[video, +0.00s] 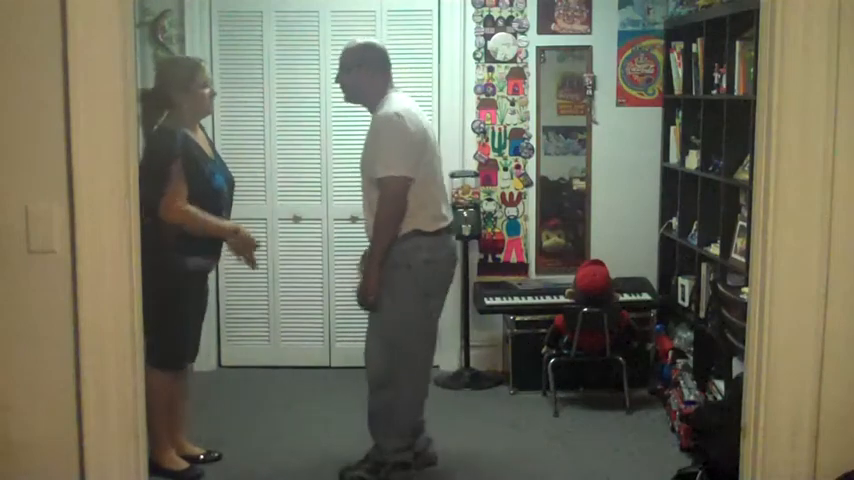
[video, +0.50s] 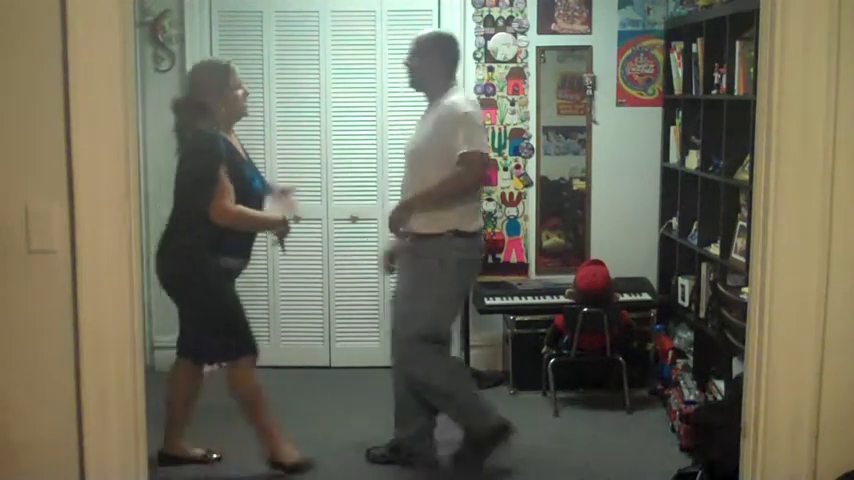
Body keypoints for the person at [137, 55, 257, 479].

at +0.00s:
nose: (211, 91)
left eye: (210, 85)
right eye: (203, 87)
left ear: (196, 94)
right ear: (179, 94)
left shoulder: (197, 133)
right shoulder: (169, 139)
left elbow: (199, 200)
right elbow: (171, 209)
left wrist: (232, 235)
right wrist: (229, 231)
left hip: (193, 264)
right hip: (169, 266)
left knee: (181, 358)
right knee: (164, 360)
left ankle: (178, 439)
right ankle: (162, 449)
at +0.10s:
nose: (216, 93)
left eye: (214, 87)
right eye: (209, 88)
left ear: (193, 95)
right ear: (185, 96)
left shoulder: (199, 136)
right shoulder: (176, 143)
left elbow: (205, 200)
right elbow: (192, 212)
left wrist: (218, 241)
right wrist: (249, 223)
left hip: (197, 263)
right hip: (171, 265)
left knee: (190, 355)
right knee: (164, 359)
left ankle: (179, 440)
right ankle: (160, 449)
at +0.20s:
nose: (222, 94)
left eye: (219, 87)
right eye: (214, 89)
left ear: (197, 95)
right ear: (191, 96)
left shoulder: (203, 138)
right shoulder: (183, 144)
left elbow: (212, 205)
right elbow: (209, 214)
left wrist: (255, 215)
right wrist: (262, 215)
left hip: (197, 267)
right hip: (175, 269)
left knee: (192, 358)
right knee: (172, 362)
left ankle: (179, 441)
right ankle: (161, 450)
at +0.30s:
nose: (228, 90)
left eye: (224, 84)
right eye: (219, 86)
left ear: (198, 97)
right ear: (196, 97)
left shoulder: (206, 137)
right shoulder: (191, 145)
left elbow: (215, 202)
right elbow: (216, 212)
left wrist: (254, 209)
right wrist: (266, 210)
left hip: (191, 261)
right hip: (180, 264)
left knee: (195, 353)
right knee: (203, 355)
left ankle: (177, 444)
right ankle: (176, 448)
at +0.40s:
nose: (235, 91)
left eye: (232, 85)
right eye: (227, 87)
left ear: (206, 98)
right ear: (205, 96)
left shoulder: (214, 136)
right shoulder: (199, 144)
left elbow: (225, 197)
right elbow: (219, 211)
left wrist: (257, 210)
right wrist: (265, 214)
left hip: (192, 259)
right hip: (186, 263)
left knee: (189, 351)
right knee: (226, 350)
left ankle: (173, 445)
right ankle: (223, 454)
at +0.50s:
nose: (245, 92)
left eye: (242, 85)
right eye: (237, 87)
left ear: (218, 96)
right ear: (216, 97)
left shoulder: (225, 138)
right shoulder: (208, 143)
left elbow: (238, 188)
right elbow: (219, 211)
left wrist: (273, 195)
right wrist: (272, 221)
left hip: (208, 260)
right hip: (195, 263)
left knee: (191, 354)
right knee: (240, 352)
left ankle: (174, 445)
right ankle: (276, 449)